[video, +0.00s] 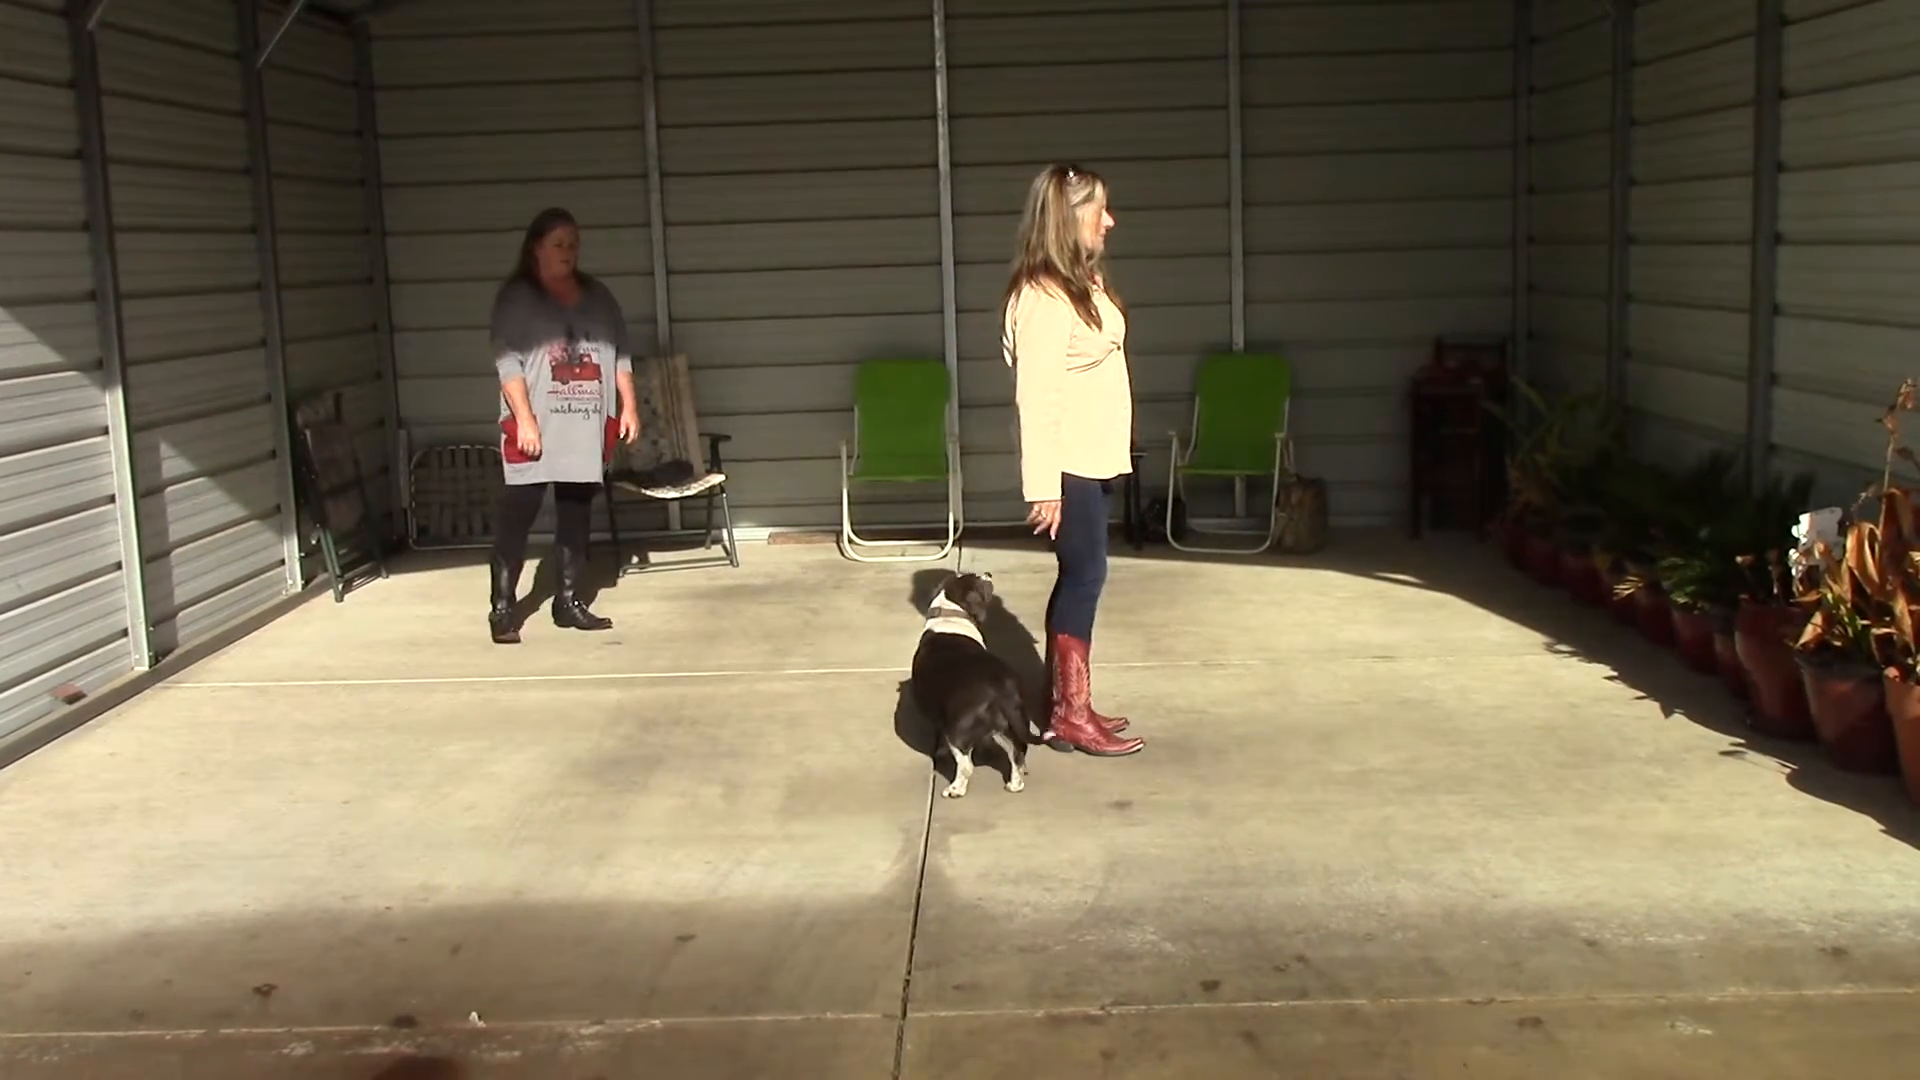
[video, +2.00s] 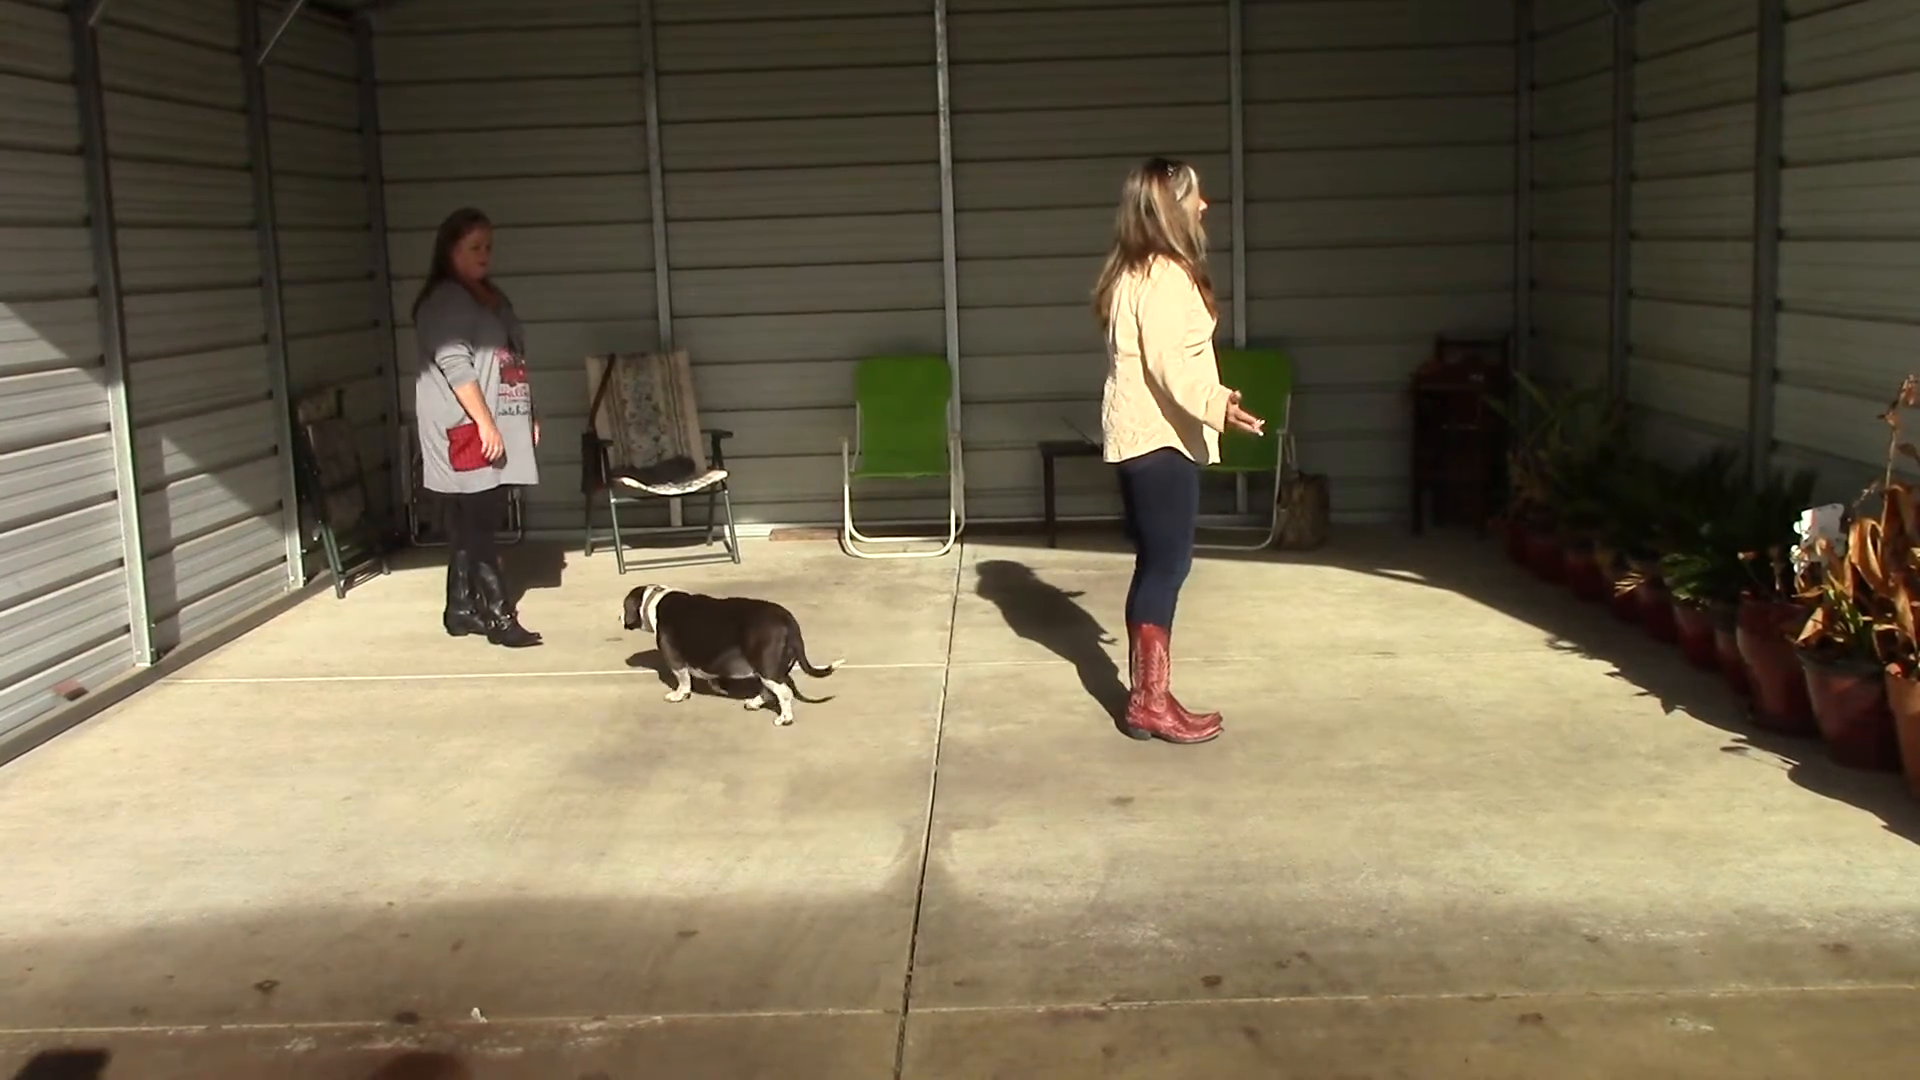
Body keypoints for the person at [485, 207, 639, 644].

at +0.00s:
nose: (566, 252)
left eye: (572, 245)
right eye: (557, 244)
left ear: (578, 249)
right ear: (536, 249)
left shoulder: (598, 297)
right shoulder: (517, 297)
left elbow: (620, 356)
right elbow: (507, 362)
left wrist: (629, 406)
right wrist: (524, 419)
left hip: (584, 429)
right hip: (530, 426)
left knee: (575, 511)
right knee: (518, 512)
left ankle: (568, 601)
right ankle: (503, 607)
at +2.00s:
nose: (485, 255)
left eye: (488, 247)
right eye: (475, 248)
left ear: (491, 250)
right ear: (450, 251)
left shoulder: (494, 298)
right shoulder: (442, 303)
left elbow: (511, 358)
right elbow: (455, 369)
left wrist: (527, 412)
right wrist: (485, 422)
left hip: (485, 421)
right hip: (459, 424)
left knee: (469, 513)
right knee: (482, 514)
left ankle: (460, 606)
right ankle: (497, 614)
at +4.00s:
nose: (567, 358)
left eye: (573, 351)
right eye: (560, 349)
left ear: (581, 344)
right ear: (540, 336)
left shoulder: (541, 364)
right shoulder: (519, 374)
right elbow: (511, 448)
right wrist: (527, 514)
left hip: (463, 417)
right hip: (444, 419)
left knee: (482, 506)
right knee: (494, 507)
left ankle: (464, 605)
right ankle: (501, 611)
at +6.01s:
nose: (572, 330)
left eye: (577, 322)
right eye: (564, 321)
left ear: (583, 319)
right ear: (541, 314)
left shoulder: (539, 346)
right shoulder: (525, 359)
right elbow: (510, 431)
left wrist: (516, 479)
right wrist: (521, 492)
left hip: (467, 413)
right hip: (455, 418)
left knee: (486, 507)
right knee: (499, 508)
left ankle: (468, 599)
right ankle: (502, 610)